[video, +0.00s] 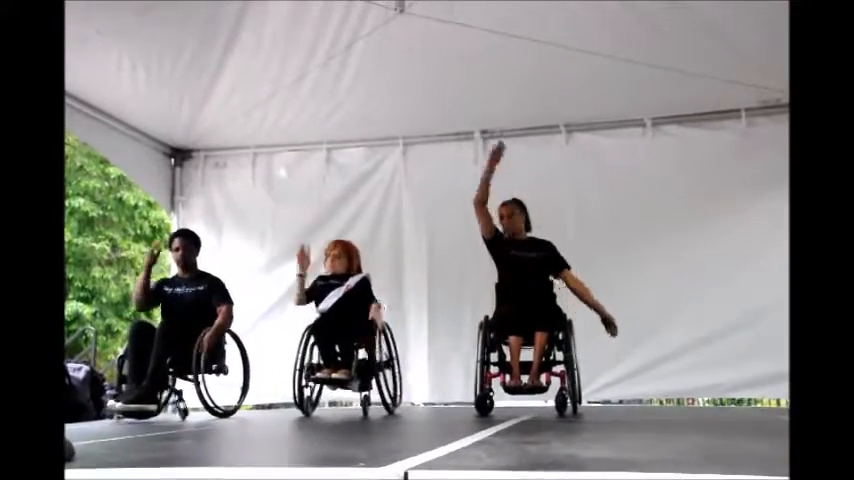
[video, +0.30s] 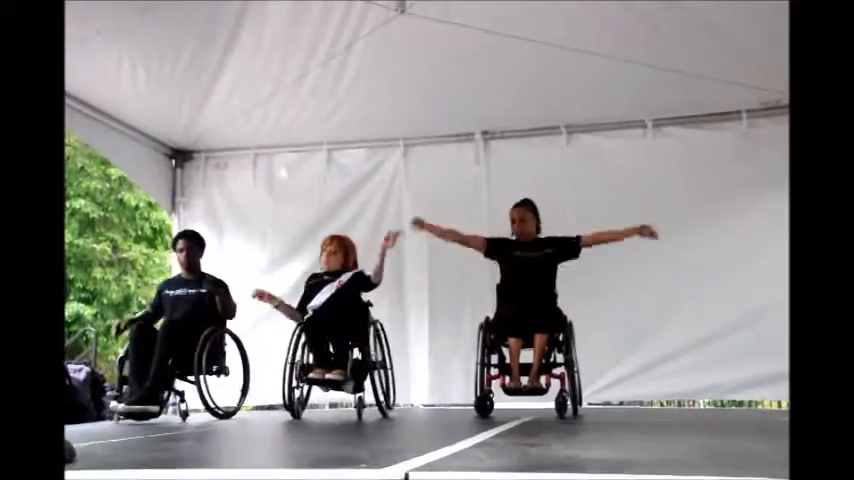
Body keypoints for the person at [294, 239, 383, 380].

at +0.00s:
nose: (331, 261)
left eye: (337, 257)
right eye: (328, 256)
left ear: (350, 261)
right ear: (325, 260)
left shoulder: (360, 281)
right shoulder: (322, 281)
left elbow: (370, 300)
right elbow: (300, 301)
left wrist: (376, 307)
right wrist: (301, 273)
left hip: (354, 318)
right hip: (331, 318)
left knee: (344, 332)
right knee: (319, 327)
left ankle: (345, 368)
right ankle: (329, 366)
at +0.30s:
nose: (327, 256)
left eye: (333, 253)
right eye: (324, 252)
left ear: (346, 257)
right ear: (321, 256)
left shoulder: (354, 277)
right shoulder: (314, 281)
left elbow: (374, 281)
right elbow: (299, 316)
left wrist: (383, 251)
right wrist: (275, 302)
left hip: (347, 318)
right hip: (322, 319)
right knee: (310, 322)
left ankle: (339, 368)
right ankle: (320, 366)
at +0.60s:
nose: (315, 256)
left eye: (321, 252)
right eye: (314, 252)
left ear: (334, 257)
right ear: (312, 254)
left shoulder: (345, 276)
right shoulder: (304, 280)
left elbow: (351, 270)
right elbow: (303, 309)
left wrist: (332, 252)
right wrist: (292, 318)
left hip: (340, 315)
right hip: (315, 318)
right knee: (306, 324)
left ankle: (336, 370)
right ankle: (315, 368)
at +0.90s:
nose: (313, 250)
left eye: (320, 247)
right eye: (310, 244)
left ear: (333, 254)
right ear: (304, 248)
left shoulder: (341, 273)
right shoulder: (296, 277)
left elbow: (364, 284)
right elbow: (289, 307)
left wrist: (337, 263)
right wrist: (283, 317)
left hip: (337, 317)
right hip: (307, 319)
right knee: (298, 321)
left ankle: (328, 371)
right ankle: (308, 369)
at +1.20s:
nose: (309, 246)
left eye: (317, 242)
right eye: (306, 240)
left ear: (331, 248)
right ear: (301, 245)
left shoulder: (339, 271)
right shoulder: (291, 272)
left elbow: (372, 285)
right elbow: (276, 304)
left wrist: (386, 258)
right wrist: (265, 325)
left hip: (329, 317)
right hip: (299, 316)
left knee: (315, 323)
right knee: (288, 319)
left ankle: (314, 371)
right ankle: (295, 368)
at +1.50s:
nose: (302, 241)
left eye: (310, 237)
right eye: (301, 235)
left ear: (326, 243)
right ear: (297, 238)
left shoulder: (332, 268)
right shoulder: (285, 269)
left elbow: (361, 286)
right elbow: (267, 302)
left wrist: (385, 259)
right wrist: (248, 328)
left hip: (314, 317)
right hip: (284, 315)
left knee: (273, 317)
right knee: (263, 319)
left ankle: (274, 373)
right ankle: (270, 371)